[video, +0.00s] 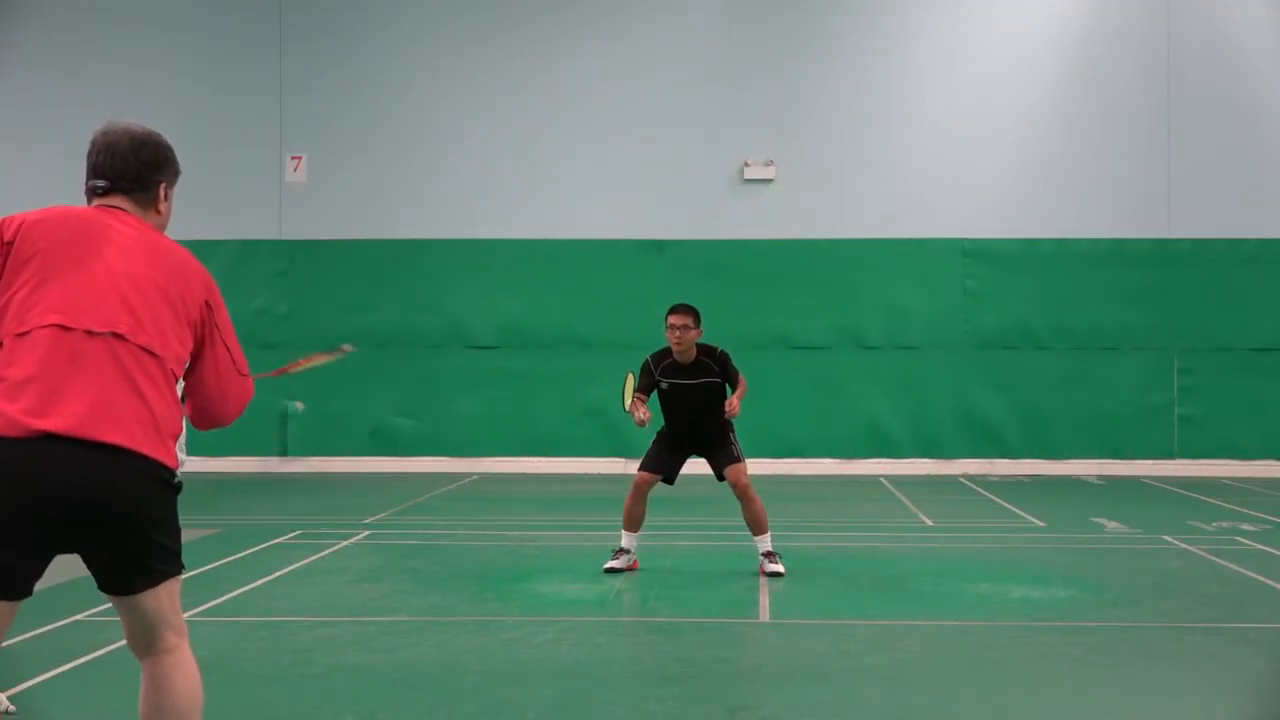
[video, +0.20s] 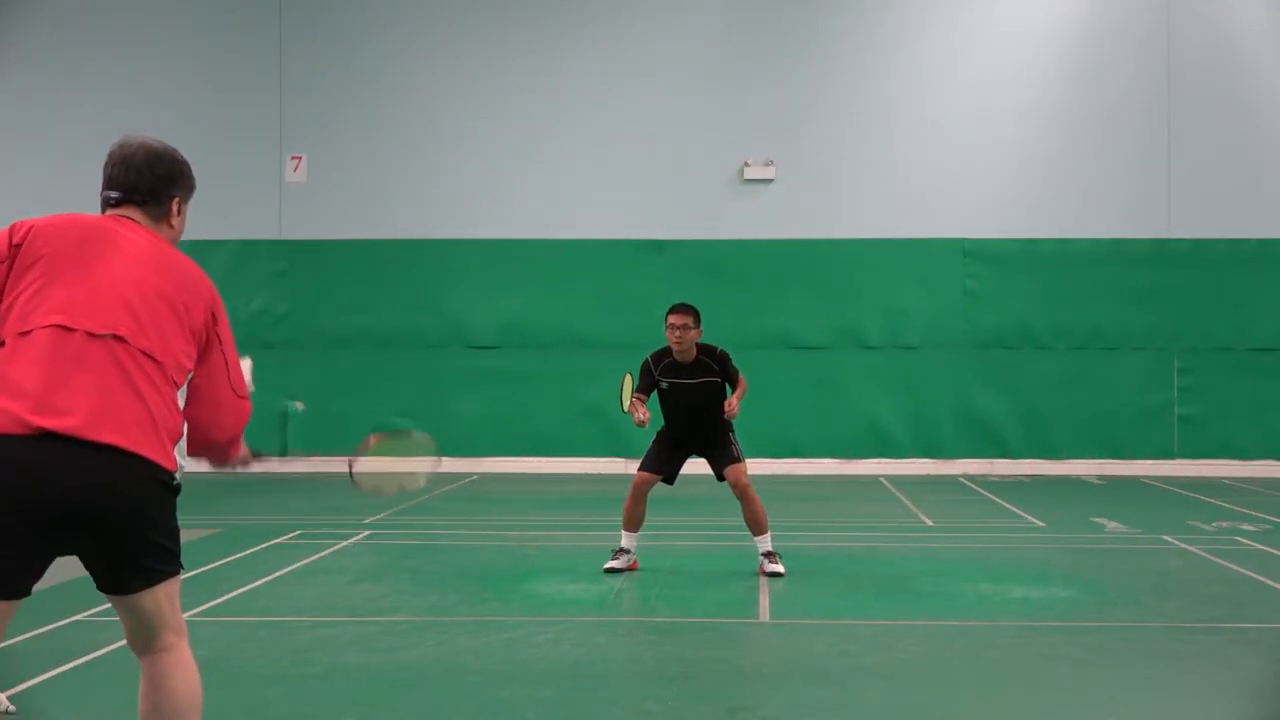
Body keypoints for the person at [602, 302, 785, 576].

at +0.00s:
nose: (677, 334)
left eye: (684, 328)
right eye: (672, 328)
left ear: (697, 332)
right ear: (666, 331)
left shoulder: (716, 358)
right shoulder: (656, 363)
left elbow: (740, 382)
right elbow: (638, 398)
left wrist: (737, 398)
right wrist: (640, 412)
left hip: (716, 434)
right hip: (674, 435)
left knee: (741, 484)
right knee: (640, 483)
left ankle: (767, 553)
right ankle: (626, 551)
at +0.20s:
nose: (677, 334)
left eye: (684, 328)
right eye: (672, 328)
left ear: (697, 332)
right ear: (665, 331)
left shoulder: (716, 357)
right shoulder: (655, 363)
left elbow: (740, 382)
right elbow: (637, 399)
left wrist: (735, 398)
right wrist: (640, 412)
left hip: (716, 434)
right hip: (674, 435)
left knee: (741, 484)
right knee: (639, 484)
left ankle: (767, 553)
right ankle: (626, 551)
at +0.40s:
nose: (677, 333)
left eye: (684, 327)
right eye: (672, 327)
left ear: (698, 331)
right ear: (666, 330)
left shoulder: (715, 357)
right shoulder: (656, 363)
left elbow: (740, 383)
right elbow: (638, 400)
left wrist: (735, 399)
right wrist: (639, 413)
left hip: (716, 434)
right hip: (674, 436)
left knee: (742, 485)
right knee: (639, 485)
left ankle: (767, 553)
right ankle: (627, 551)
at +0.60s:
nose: (677, 313)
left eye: (684, 308)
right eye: (672, 308)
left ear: (698, 312)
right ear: (666, 312)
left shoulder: (716, 342)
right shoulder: (655, 347)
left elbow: (738, 368)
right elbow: (639, 391)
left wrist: (733, 387)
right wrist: (642, 410)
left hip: (713, 425)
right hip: (671, 426)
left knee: (741, 482)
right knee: (639, 482)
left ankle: (767, 551)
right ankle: (624, 547)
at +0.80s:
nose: (669, 317)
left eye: (678, 314)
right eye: (666, 312)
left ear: (692, 323)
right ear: (660, 318)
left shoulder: (708, 354)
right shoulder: (649, 357)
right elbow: (632, 401)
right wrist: (626, 424)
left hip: (709, 430)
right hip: (668, 430)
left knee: (735, 488)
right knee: (639, 480)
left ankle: (768, 553)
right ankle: (621, 552)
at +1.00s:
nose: (652, 301)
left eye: (661, 300)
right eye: (652, 296)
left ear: (675, 314)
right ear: (647, 303)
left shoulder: (687, 347)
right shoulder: (634, 342)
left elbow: (714, 382)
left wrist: (711, 398)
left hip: (690, 422)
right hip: (654, 423)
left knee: (693, 478)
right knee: (628, 476)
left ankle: (730, 550)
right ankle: (615, 549)